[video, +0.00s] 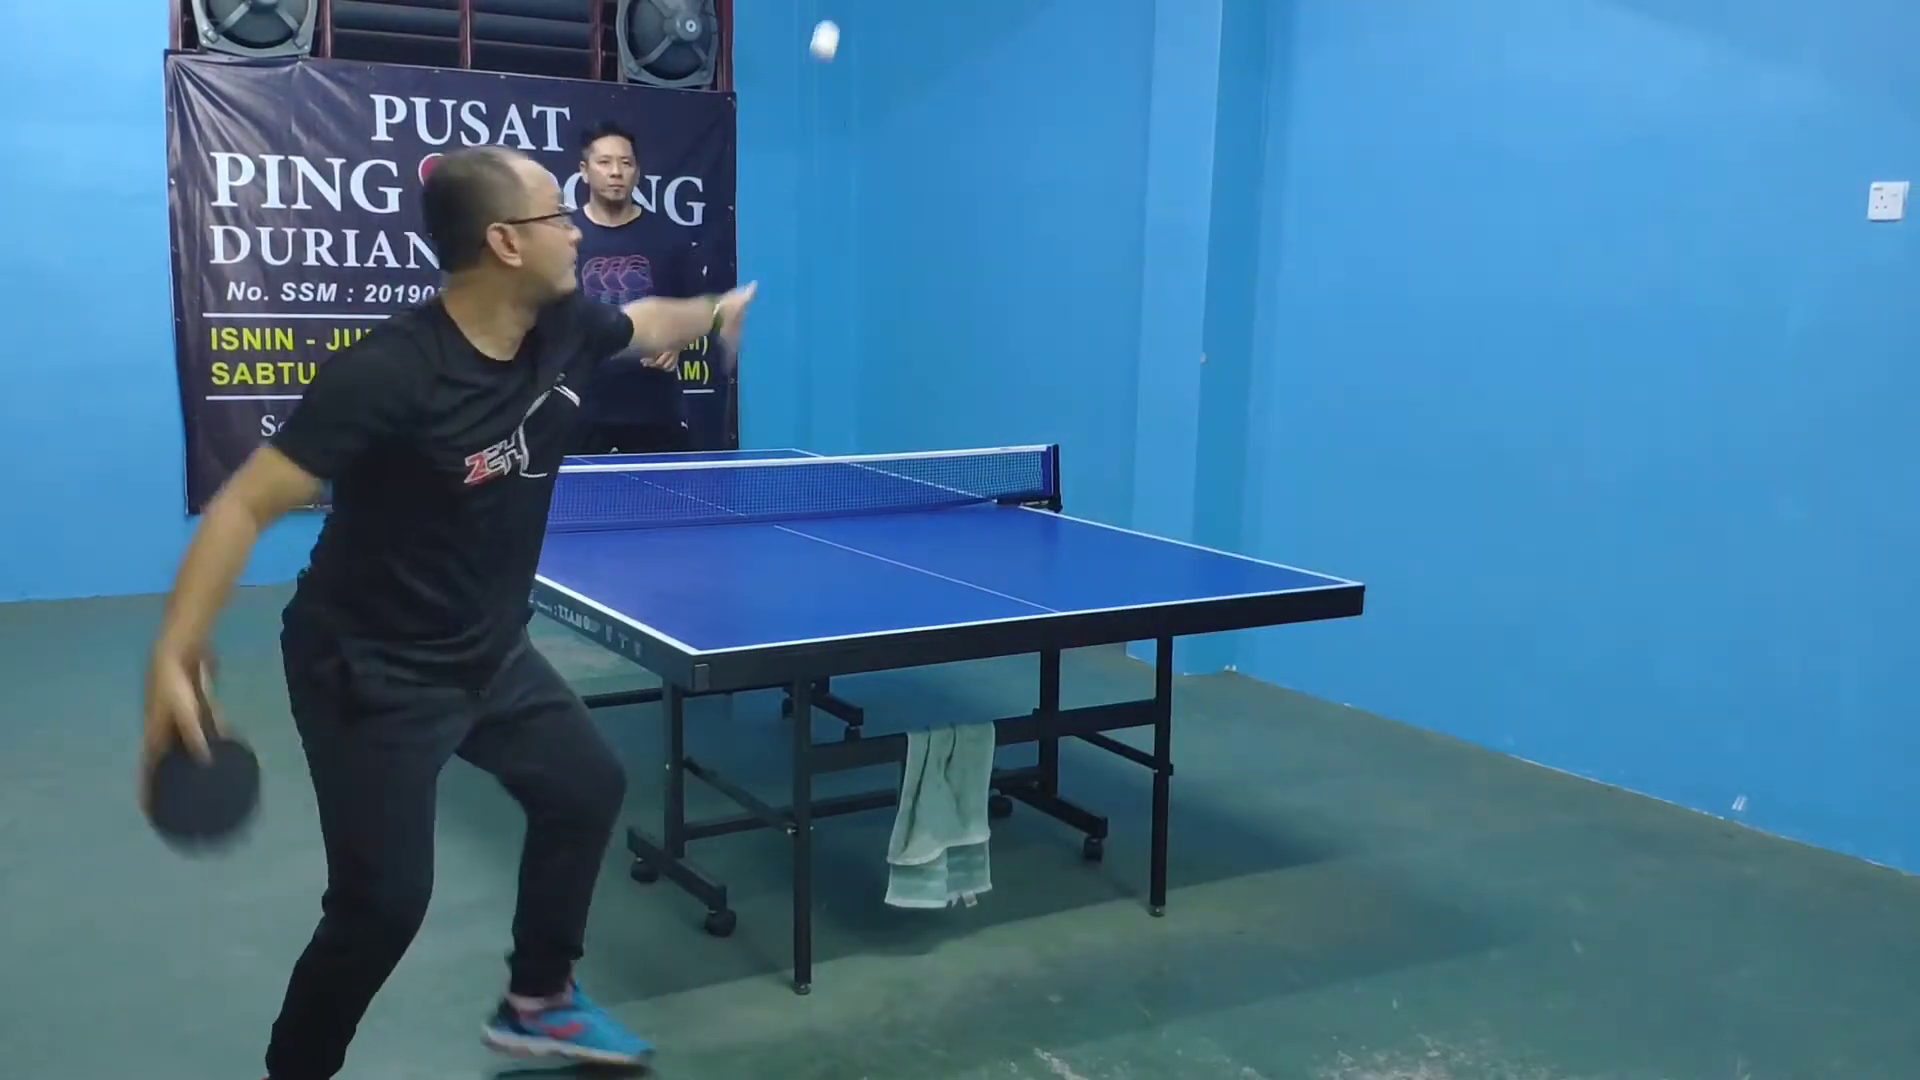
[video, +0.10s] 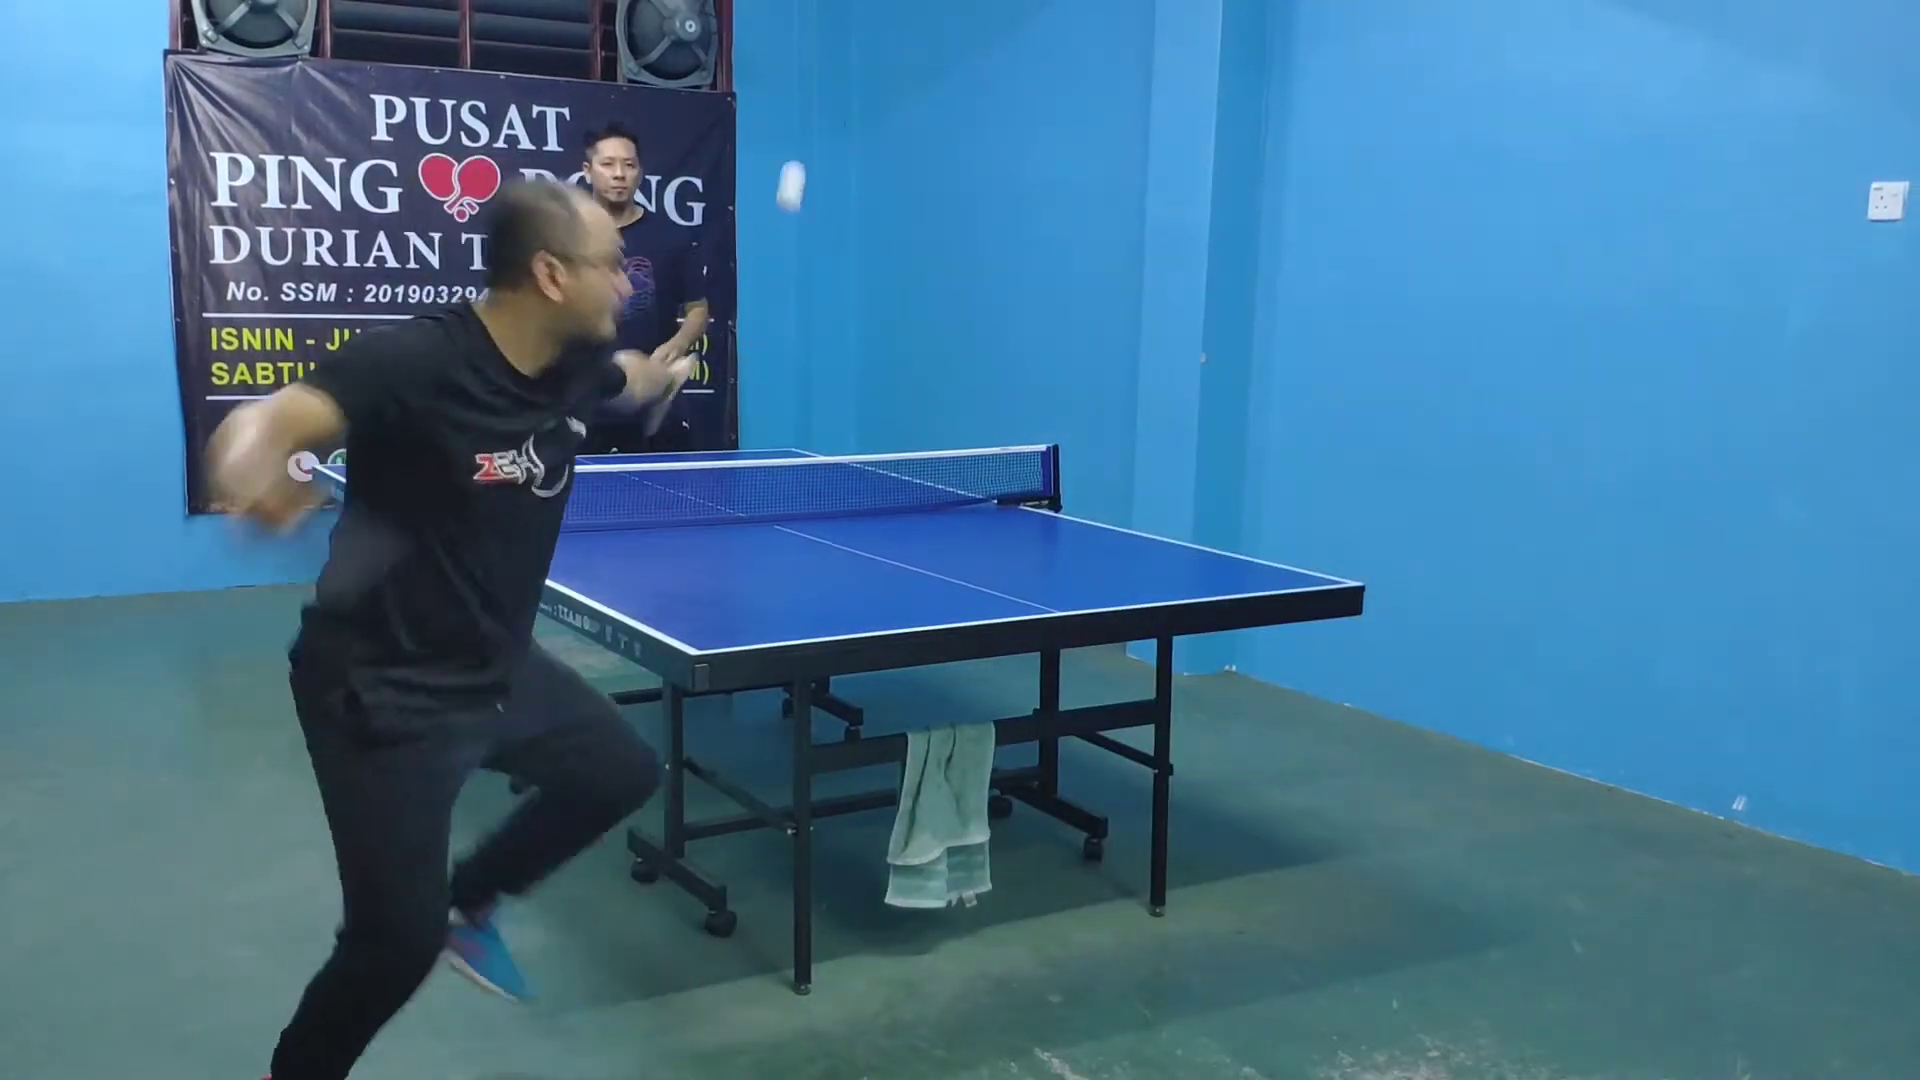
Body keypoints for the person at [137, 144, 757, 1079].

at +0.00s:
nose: (576, 232)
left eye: (568, 216)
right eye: (559, 219)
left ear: (512, 245)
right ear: (506, 245)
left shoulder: (562, 327)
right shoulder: (386, 376)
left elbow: (648, 328)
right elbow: (243, 502)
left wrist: (714, 310)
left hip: (485, 650)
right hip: (369, 670)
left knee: (586, 785)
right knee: (382, 906)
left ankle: (538, 1003)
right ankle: (295, 1069)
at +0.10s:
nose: (625, 282)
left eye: (622, 263)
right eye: (610, 264)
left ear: (553, 278)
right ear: (550, 277)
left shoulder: (577, 369)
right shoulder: (416, 362)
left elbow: (635, 378)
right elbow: (260, 429)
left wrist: (669, 364)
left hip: (494, 660)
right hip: (379, 680)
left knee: (619, 775)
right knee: (398, 940)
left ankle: (464, 904)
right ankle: (298, 1070)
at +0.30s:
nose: (689, 427)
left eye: (700, 413)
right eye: (695, 405)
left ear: (645, 369)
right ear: (650, 369)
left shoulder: (578, 417)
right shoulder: (536, 369)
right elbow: (520, 418)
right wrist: (677, 506)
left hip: (502, 706)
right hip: (410, 718)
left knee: (635, 825)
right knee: (439, 989)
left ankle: (563, 1043)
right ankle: (294, 1072)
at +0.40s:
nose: (728, 426)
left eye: (734, 417)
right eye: (730, 410)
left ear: (666, 359)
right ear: (707, 383)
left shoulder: (572, 404)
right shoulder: (663, 391)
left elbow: (465, 525)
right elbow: (728, 525)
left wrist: (607, 630)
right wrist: (716, 631)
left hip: (545, 704)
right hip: (474, 708)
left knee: (646, 840)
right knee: (495, 987)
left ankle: (559, 1040)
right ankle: (274, 1065)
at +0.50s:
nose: (763, 394)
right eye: (764, 384)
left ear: (660, 359)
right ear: (753, 375)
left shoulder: (590, 403)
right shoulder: (745, 400)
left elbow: (492, 443)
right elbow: (815, 517)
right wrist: (807, 641)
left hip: (488, 678)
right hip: (565, 695)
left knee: (660, 839)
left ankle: (561, 1036)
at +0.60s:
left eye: (688, 324)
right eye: (808, 342)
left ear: (697, 331)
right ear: (800, 344)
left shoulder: (638, 384)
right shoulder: (805, 394)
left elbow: (509, 414)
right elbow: (882, 518)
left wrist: (381, 406)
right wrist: (854, 640)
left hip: (543, 674)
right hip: (645, 685)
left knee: (635, 865)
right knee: (718, 948)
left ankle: (558, 1034)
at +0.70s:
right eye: (858, 310)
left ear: (755, 311)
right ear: (855, 322)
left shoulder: (687, 377)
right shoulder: (869, 400)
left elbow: (547, 399)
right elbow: (955, 538)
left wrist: (410, 387)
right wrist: (906, 642)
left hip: (615, 687)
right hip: (728, 705)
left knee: (661, 874)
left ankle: (559, 1036)